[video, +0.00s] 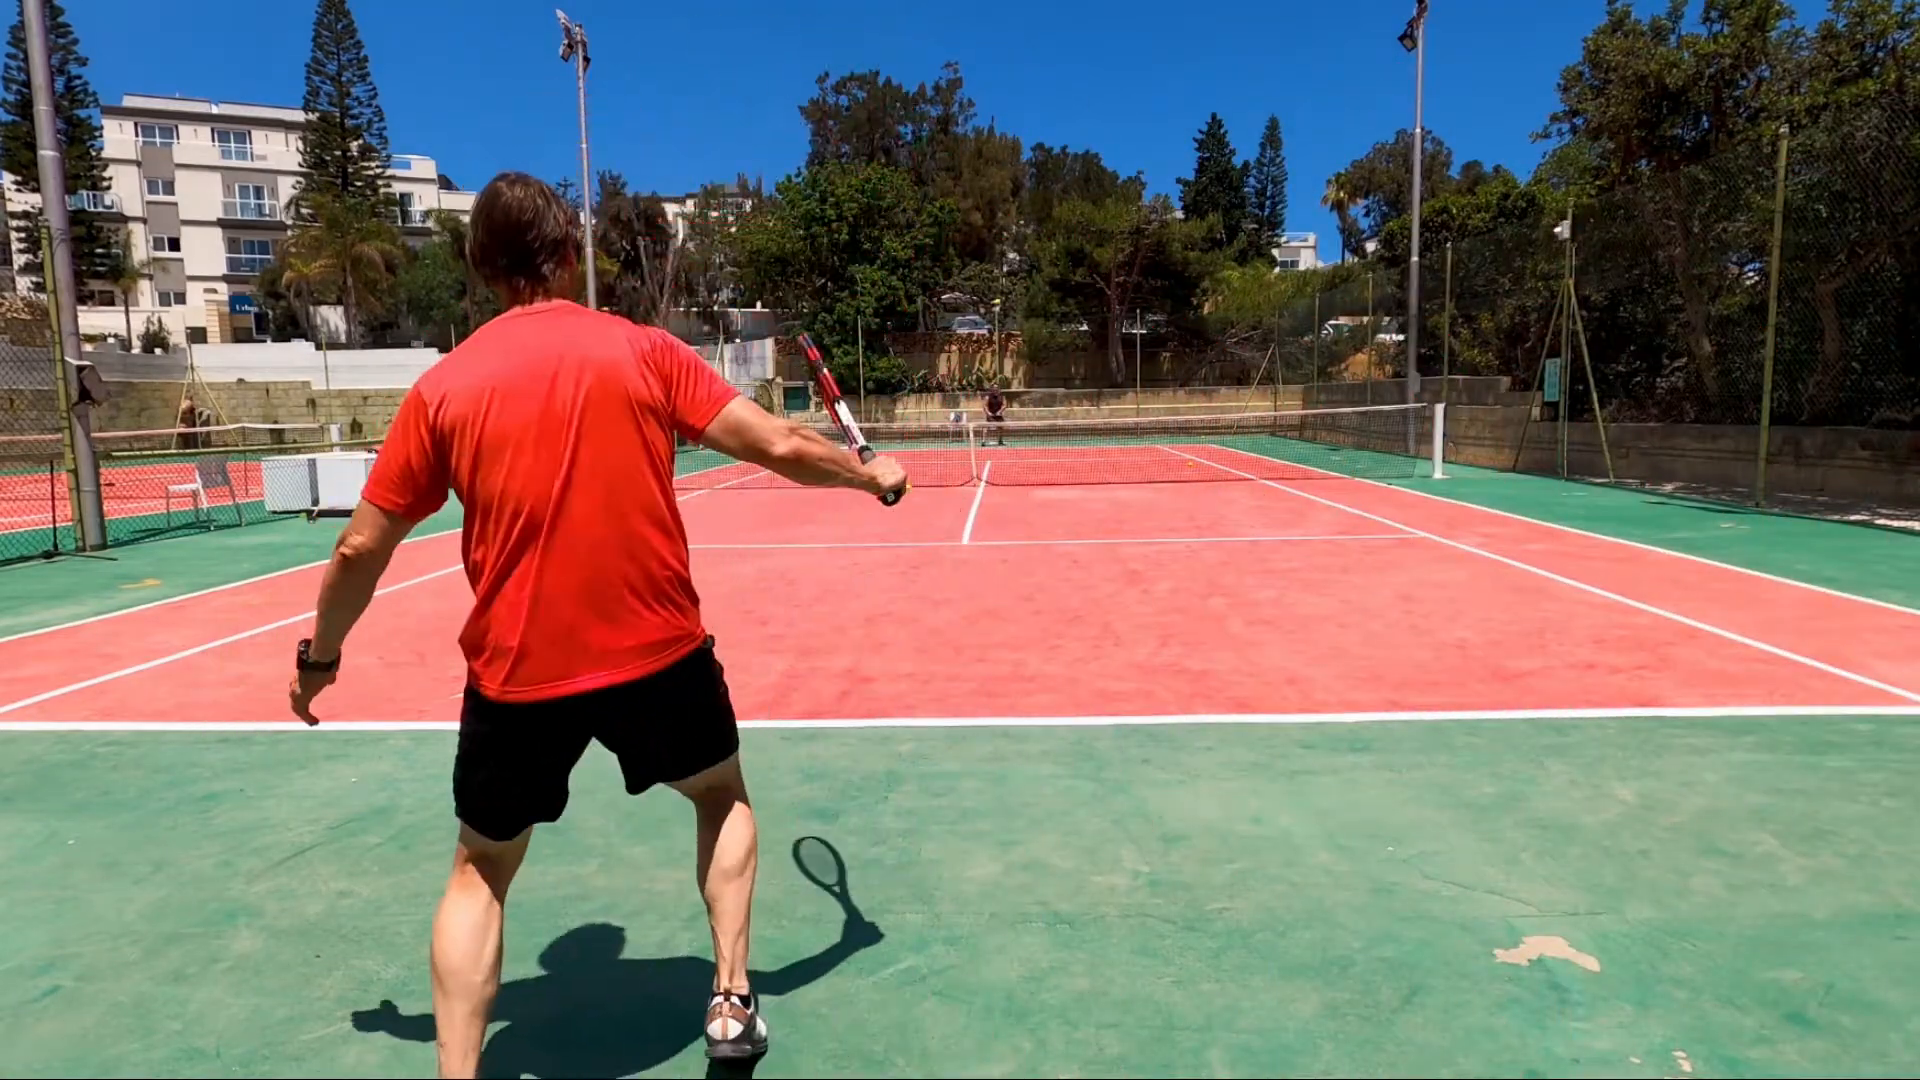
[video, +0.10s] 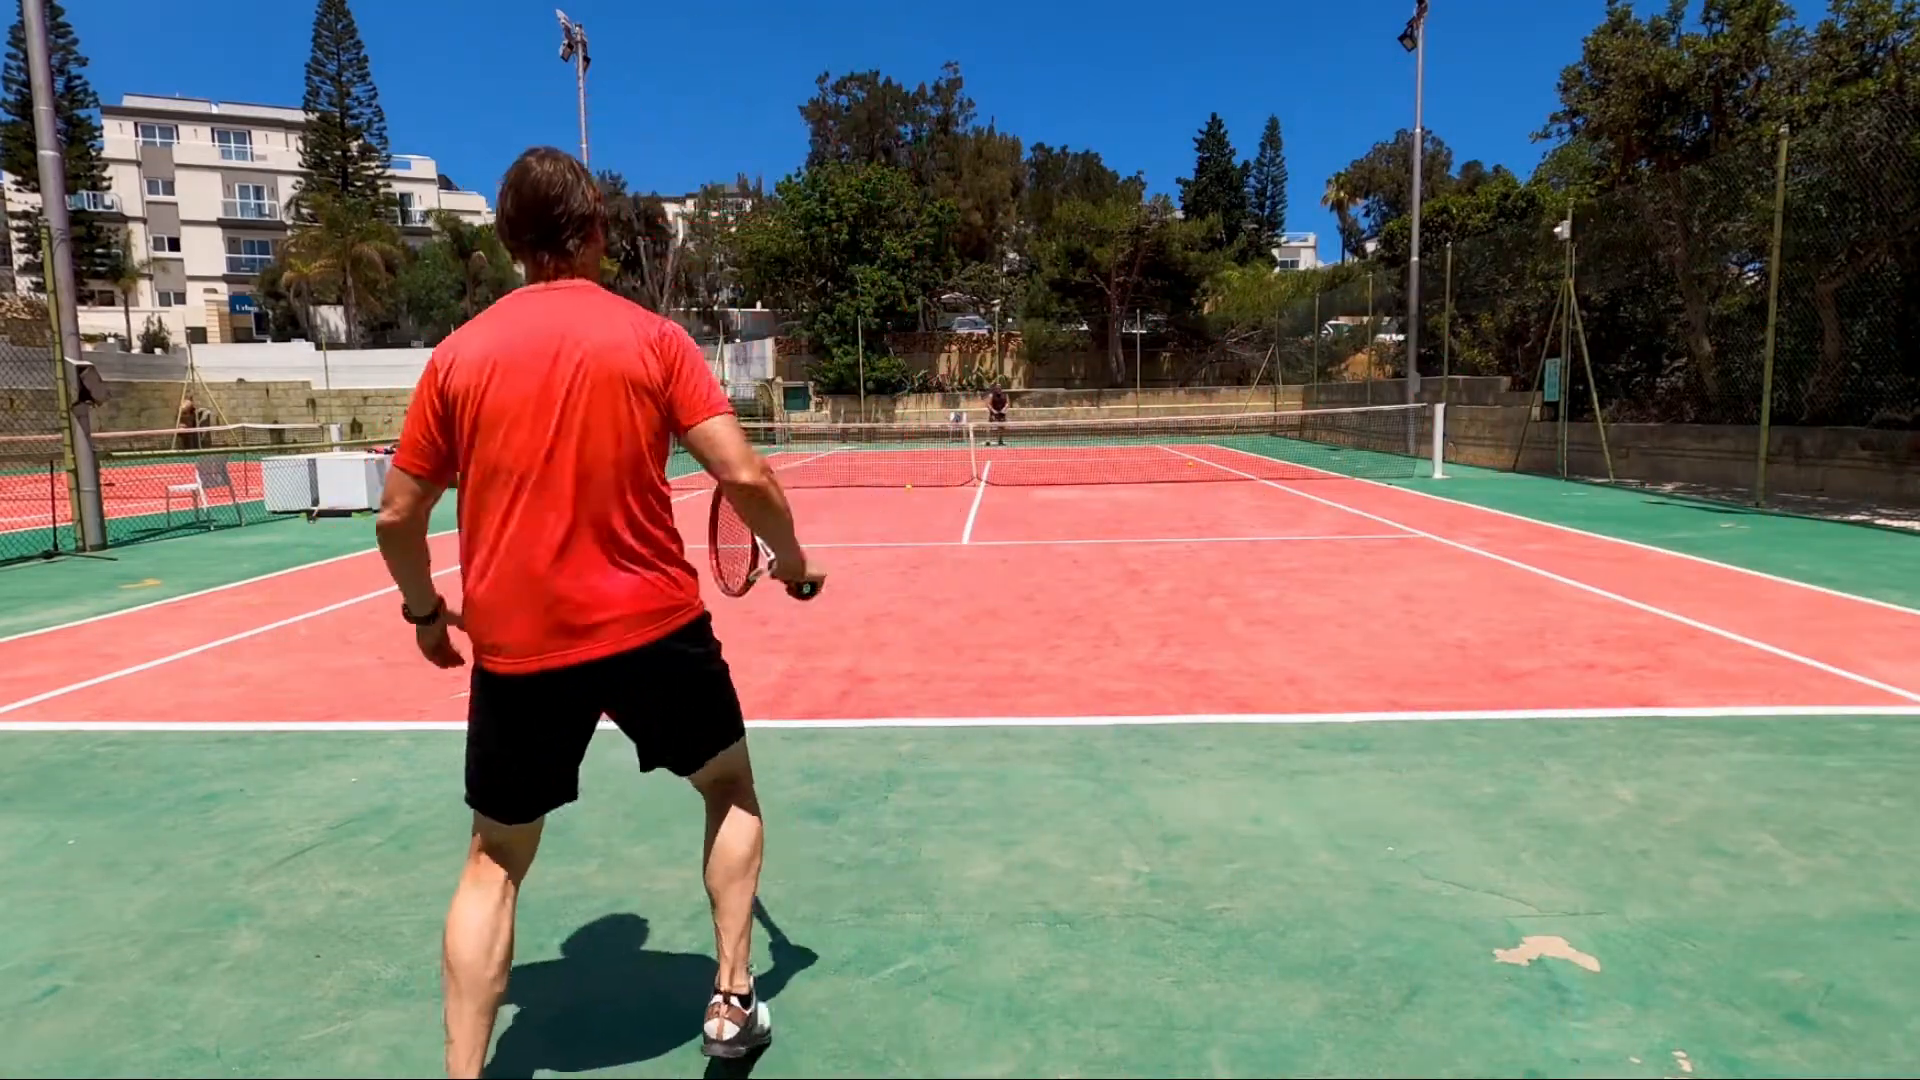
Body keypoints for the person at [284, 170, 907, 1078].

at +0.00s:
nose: (583, 265)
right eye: (580, 253)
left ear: (483, 272)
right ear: (570, 258)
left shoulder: (445, 386)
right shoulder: (640, 350)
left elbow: (363, 546)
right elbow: (775, 445)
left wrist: (321, 649)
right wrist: (866, 469)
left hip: (518, 666)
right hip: (652, 647)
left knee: (482, 865)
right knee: (718, 794)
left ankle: (456, 1071)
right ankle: (732, 1002)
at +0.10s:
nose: (604, 237)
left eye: (597, 227)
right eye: (602, 226)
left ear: (508, 242)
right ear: (593, 232)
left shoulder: (461, 355)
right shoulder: (647, 336)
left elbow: (397, 518)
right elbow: (745, 478)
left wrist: (423, 609)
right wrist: (792, 561)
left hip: (520, 643)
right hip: (650, 625)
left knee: (495, 855)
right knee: (727, 787)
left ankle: (464, 1068)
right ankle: (731, 1002)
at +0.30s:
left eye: (592, 229)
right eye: (693, 238)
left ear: (596, 240)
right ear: (686, 246)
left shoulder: (538, 347)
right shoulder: (719, 352)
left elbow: (480, 486)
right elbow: (757, 511)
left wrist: (552, 541)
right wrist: (709, 587)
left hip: (563, 640)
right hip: (689, 632)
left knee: (527, 835)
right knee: (747, 808)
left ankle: (465, 1062)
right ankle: (727, 1031)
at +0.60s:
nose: (714, 234)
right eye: (713, 223)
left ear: (622, 228)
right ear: (705, 229)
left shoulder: (566, 316)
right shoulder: (741, 324)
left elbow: (499, 437)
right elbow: (792, 464)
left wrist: (571, 484)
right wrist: (731, 514)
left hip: (587, 578)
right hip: (702, 583)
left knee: (561, 748)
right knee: (762, 767)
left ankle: (531, 932)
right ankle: (774, 989)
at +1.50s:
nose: (637, 299)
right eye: (636, 290)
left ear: (566, 292)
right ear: (634, 294)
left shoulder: (518, 366)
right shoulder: (668, 377)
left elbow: (469, 472)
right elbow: (690, 494)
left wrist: (535, 502)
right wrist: (638, 526)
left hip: (542, 582)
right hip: (639, 579)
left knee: (515, 714)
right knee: (704, 713)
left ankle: (482, 861)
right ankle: (720, 867)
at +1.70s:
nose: (527, 345)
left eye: (528, 335)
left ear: (535, 335)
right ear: (594, 336)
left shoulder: (531, 389)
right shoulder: (633, 397)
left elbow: (496, 491)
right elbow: (612, 511)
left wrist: (466, 499)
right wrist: (512, 535)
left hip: (573, 595)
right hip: (661, 592)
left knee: (498, 701)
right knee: (696, 746)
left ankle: (522, 862)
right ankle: (748, 900)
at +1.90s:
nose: (458, 374)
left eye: (457, 364)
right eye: (459, 365)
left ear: (464, 363)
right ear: (520, 358)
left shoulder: (481, 410)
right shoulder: (557, 412)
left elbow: (503, 498)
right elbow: (535, 529)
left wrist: (433, 542)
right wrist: (459, 583)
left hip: (563, 594)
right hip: (635, 588)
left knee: (475, 728)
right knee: (625, 716)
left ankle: (527, 886)